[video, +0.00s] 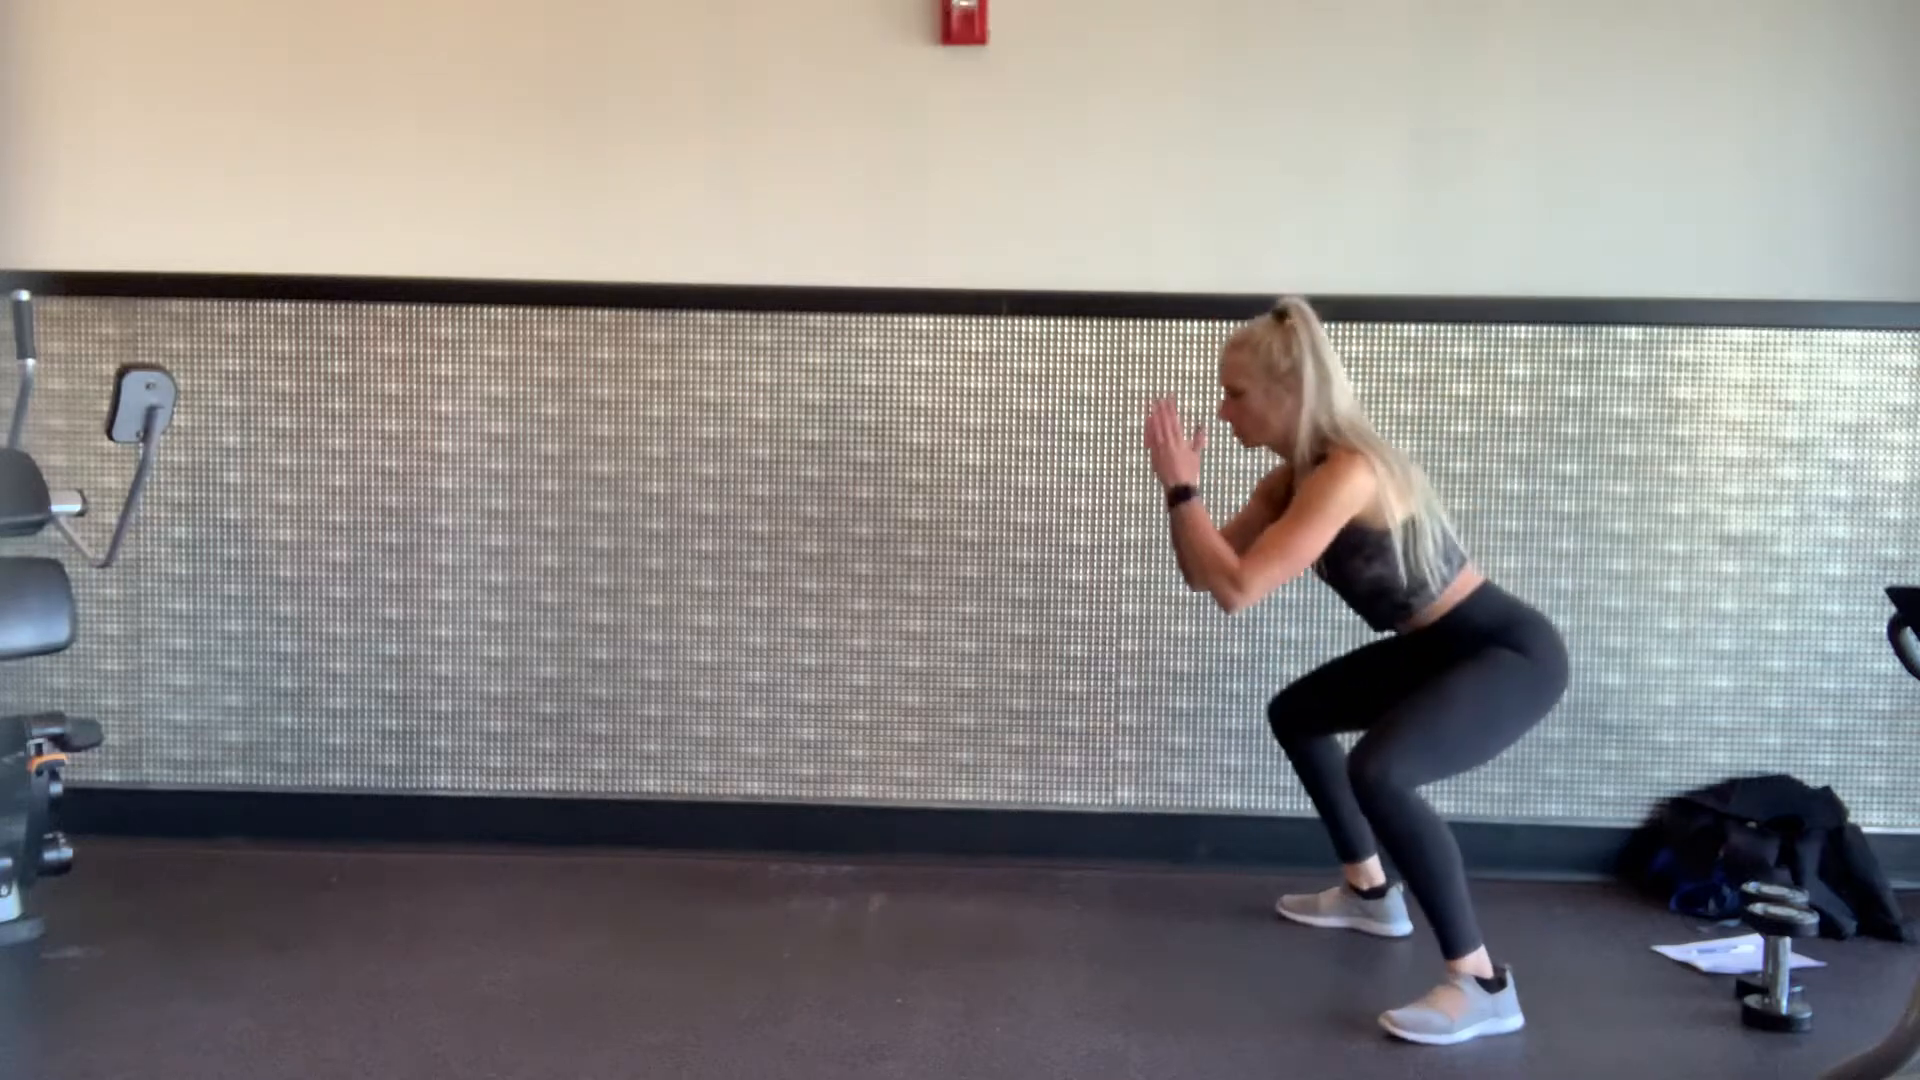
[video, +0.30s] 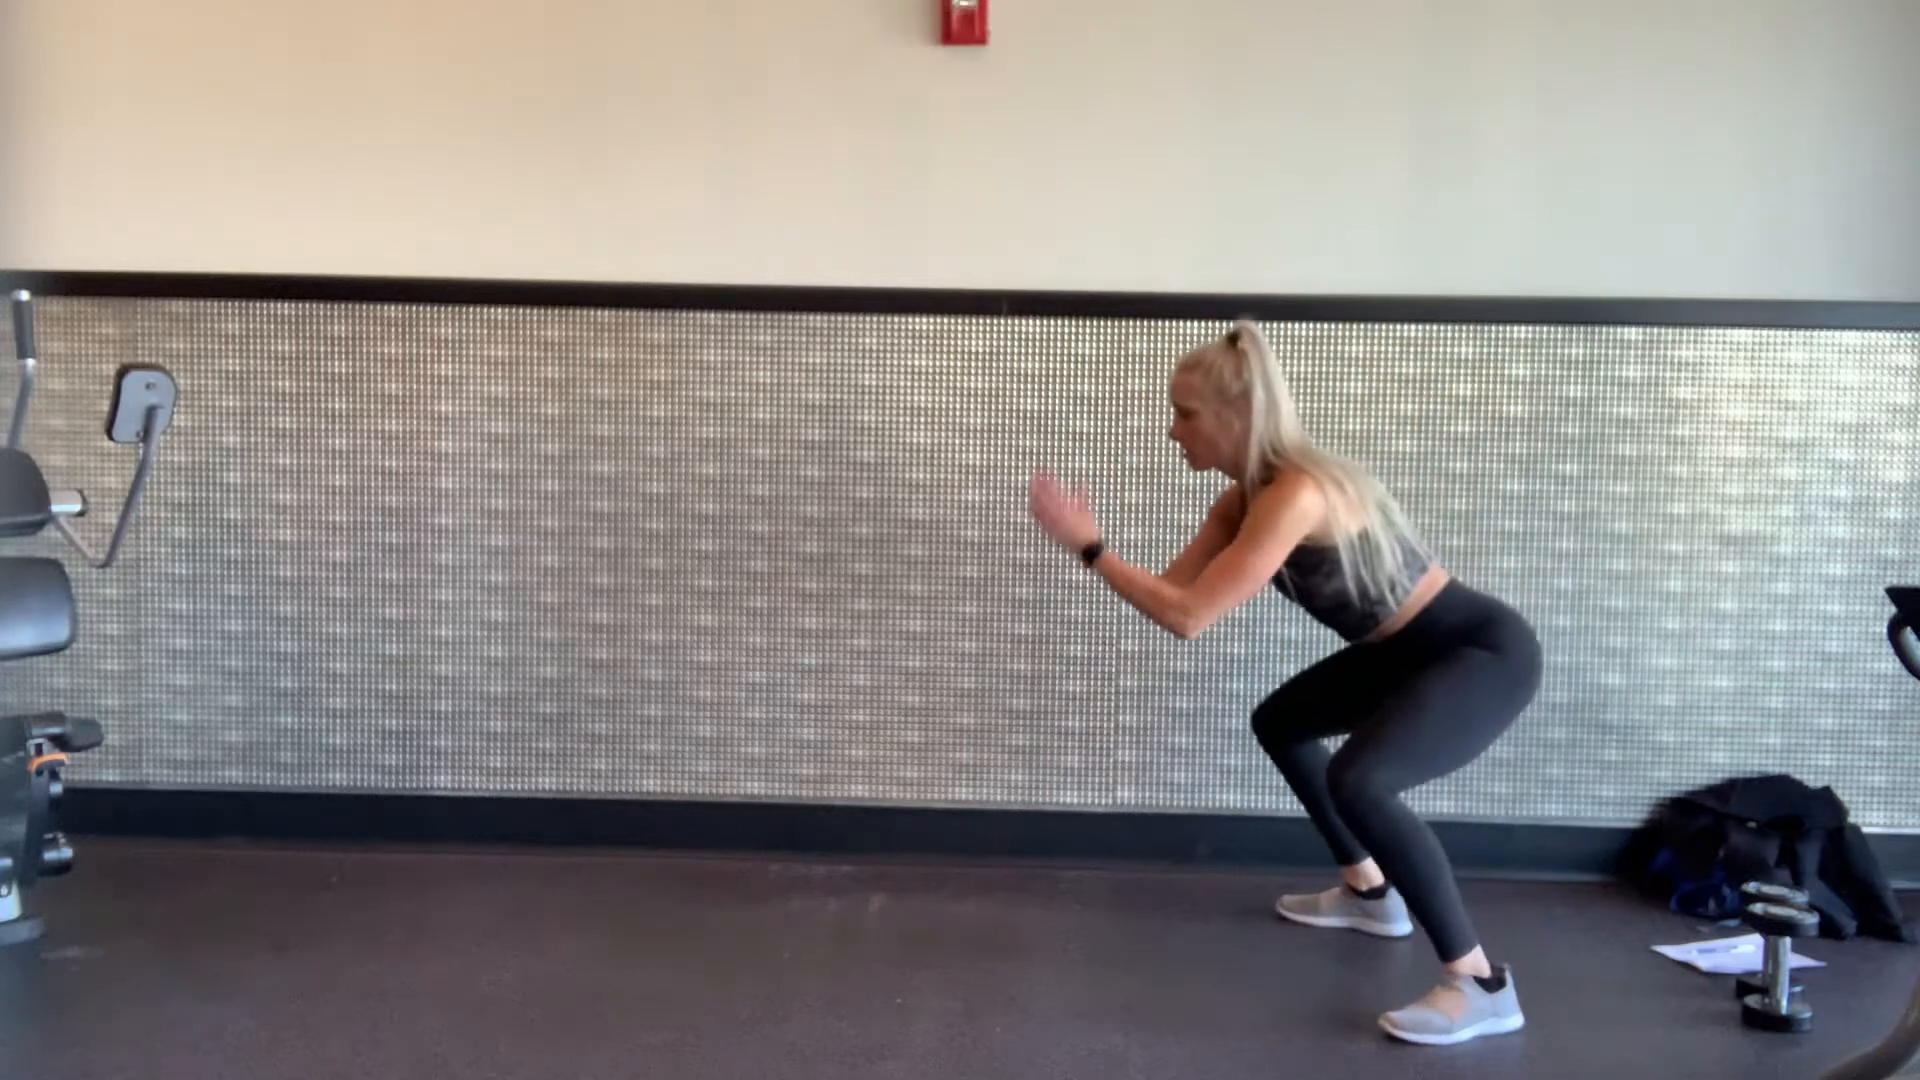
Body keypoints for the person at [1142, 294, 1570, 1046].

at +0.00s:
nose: (1222, 408)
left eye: (1234, 391)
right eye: (1224, 392)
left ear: (1287, 393)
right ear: (1282, 397)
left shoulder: (1346, 474)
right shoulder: (1293, 478)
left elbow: (1234, 588)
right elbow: (1212, 572)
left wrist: (1182, 492)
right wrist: (1180, 491)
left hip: (1510, 653)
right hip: (1437, 649)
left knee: (1379, 773)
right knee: (1295, 714)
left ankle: (1480, 980)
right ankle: (1370, 891)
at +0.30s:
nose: (1173, 430)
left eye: (1184, 414)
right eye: (1174, 415)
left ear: (1236, 417)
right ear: (1233, 417)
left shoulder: (1295, 492)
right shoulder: (1242, 497)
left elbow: (1188, 615)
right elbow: (1175, 593)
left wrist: (1091, 548)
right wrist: (1088, 547)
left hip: (1483, 652)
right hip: (1407, 654)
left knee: (1359, 781)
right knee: (1280, 721)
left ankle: (1478, 981)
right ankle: (1369, 889)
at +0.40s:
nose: (1150, 417)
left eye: (1162, 402)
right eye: (1150, 401)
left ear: (1213, 405)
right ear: (1207, 405)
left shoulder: (1273, 481)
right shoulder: (1225, 494)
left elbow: (1202, 630)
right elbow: (1170, 607)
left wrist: (1081, 638)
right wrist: (1078, 631)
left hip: (1456, 644)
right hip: (1393, 647)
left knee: (1335, 794)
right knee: (1264, 733)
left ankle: (1476, 979)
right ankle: (1370, 892)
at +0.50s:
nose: (1123, 380)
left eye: (1133, 364)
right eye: (1124, 363)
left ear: (1179, 368)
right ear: (1184, 370)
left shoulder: (1240, 449)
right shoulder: (1208, 453)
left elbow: (1267, 603)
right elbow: (1205, 584)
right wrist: (1135, 664)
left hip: (1406, 627)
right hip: (1352, 629)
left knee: (1309, 803)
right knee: (1242, 750)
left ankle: (1470, 975)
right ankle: (1363, 888)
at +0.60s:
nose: (1093, 288)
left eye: (1107, 273)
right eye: (1096, 271)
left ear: (1155, 283)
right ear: (1150, 282)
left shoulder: (1203, 367)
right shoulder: (1170, 366)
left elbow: (1320, 449)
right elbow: (1263, 463)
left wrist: (1320, 588)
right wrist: (1232, 557)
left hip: (1316, 582)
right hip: (1276, 582)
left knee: (1284, 800)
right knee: (1224, 750)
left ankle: (1466, 965)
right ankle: (1359, 878)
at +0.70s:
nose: (1059, 197)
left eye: (1072, 182)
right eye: (1062, 180)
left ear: (1119, 187)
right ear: (1121, 188)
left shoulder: (1154, 262)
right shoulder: (1136, 264)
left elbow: (1295, 285)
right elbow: (1252, 297)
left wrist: (1326, 418)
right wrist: (1234, 413)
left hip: (1211, 511)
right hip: (1183, 510)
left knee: (1205, 730)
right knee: (1164, 703)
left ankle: (1390, 904)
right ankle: (1300, 828)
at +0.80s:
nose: (993, 150)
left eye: (1008, 136)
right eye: (996, 133)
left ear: (1057, 146)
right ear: (1053, 145)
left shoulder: (1083, 221)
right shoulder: (1067, 225)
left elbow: (1209, 275)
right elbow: (1180, 284)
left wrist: (1201, 417)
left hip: (1151, 471)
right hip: (1127, 472)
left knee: (1096, 674)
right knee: (1081, 664)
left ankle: (1226, 883)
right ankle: (1162, 834)